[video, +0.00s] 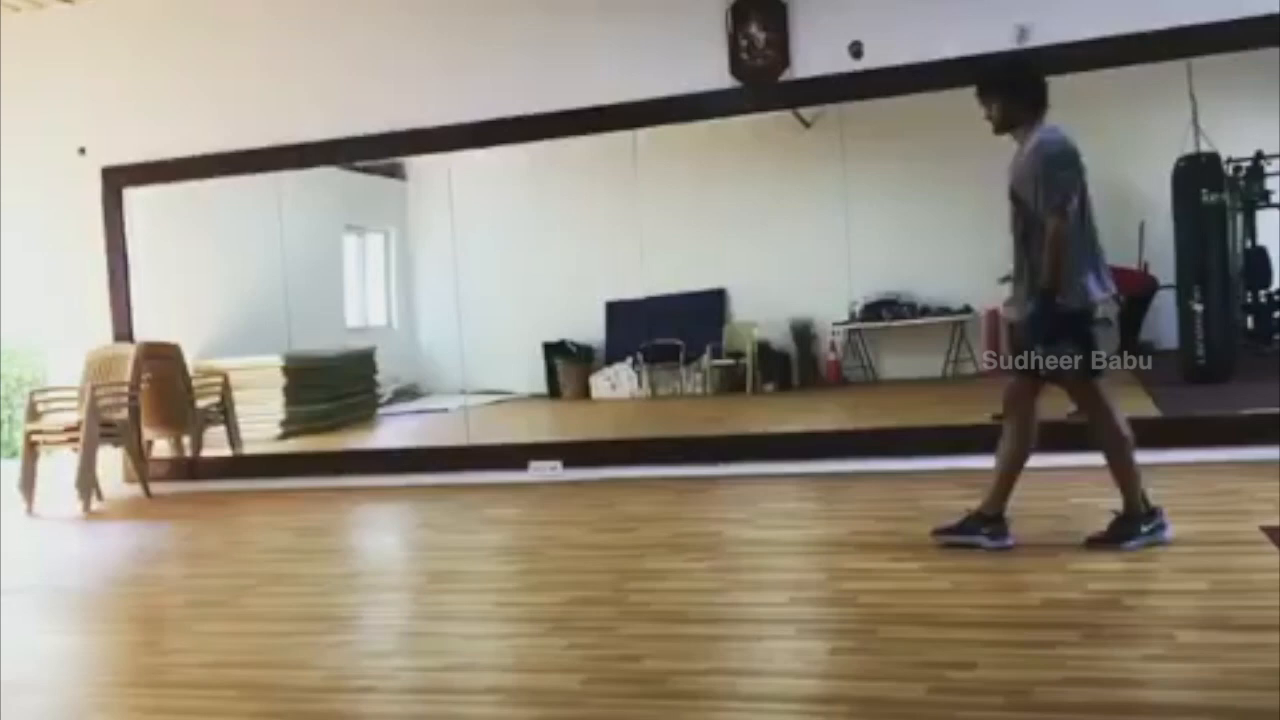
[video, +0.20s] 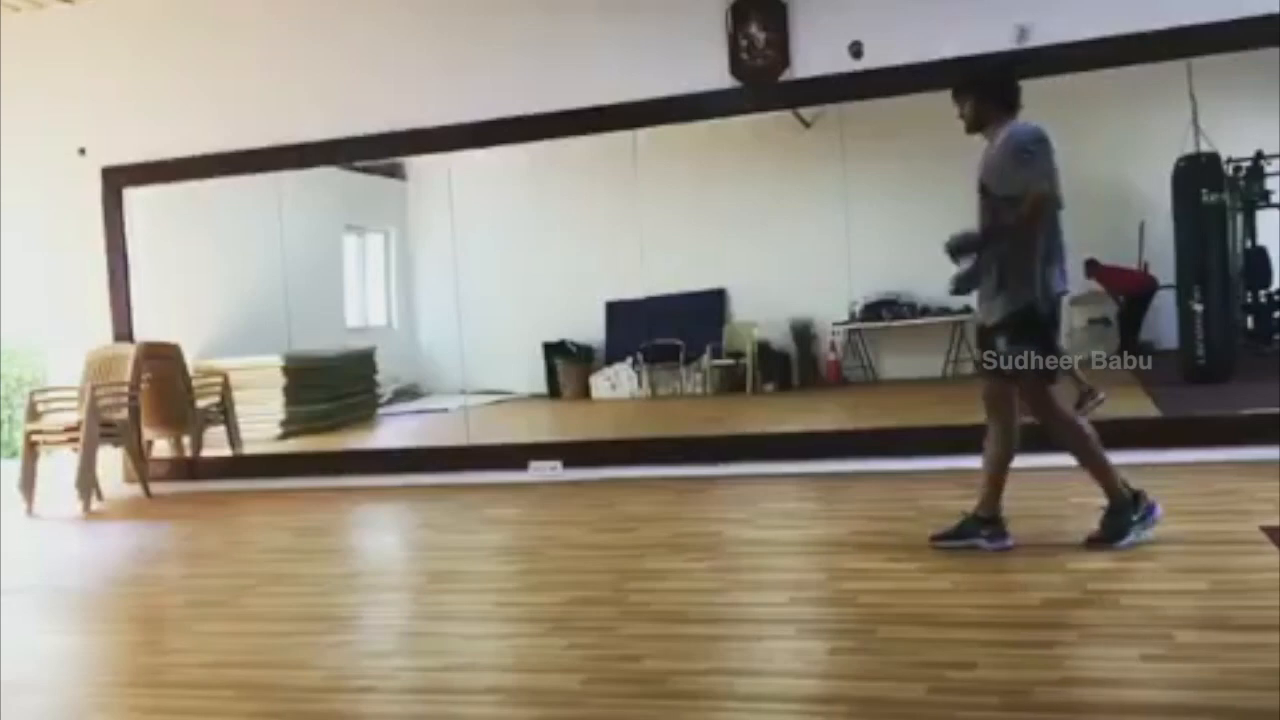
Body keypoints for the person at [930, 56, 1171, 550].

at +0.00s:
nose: (983, 110)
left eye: (989, 100)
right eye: (982, 100)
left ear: (1016, 99)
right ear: (1020, 102)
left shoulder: (1051, 148)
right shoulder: (1030, 151)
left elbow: (1058, 225)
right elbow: (1039, 231)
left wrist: (1047, 296)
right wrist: (1024, 301)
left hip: (1065, 304)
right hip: (1047, 304)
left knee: (1093, 404)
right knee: (1017, 403)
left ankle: (1139, 511)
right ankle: (990, 513)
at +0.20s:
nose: (958, 112)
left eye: (962, 100)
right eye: (957, 102)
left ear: (987, 99)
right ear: (988, 99)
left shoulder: (1025, 140)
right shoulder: (999, 150)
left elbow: (1036, 212)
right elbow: (1008, 227)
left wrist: (978, 241)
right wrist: (977, 272)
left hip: (1028, 301)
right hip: (1002, 304)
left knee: (1042, 405)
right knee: (999, 403)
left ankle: (1125, 500)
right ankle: (987, 516)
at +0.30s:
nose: (948, 117)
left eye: (952, 105)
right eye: (946, 108)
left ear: (977, 102)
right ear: (984, 102)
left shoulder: (1014, 137)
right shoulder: (985, 153)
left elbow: (1026, 162)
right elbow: (983, 235)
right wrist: (951, 277)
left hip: (1016, 293)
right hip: (991, 295)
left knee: (999, 402)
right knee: (999, 406)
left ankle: (1094, 488)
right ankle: (986, 516)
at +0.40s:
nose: (944, 123)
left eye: (948, 111)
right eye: (942, 113)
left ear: (972, 106)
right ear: (976, 107)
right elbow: (974, 231)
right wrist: (944, 276)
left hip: (1013, 296)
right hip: (991, 298)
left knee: (985, 399)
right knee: (994, 404)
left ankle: (1072, 488)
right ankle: (986, 516)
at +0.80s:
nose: (944, 122)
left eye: (945, 110)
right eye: (941, 113)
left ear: (966, 104)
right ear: (970, 105)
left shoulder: (1011, 140)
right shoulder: (980, 155)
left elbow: (1037, 190)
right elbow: (989, 242)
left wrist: (977, 158)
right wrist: (960, 297)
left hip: (1007, 300)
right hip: (989, 301)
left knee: (979, 406)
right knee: (993, 408)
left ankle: (1077, 490)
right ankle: (986, 516)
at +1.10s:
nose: (975, 114)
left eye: (979, 103)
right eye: (973, 104)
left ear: (1004, 101)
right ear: (1006, 102)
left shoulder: (1045, 148)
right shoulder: (1019, 154)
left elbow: (1062, 224)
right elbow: (1024, 235)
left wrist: (1022, 282)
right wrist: (1006, 303)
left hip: (1047, 309)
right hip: (1024, 308)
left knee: (1074, 411)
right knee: (1013, 410)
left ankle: (1137, 514)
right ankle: (988, 516)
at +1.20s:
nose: (983, 112)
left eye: (987, 102)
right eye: (982, 103)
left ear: (1012, 102)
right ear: (1018, 103)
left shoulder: (1053, 152)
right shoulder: (1032, 155)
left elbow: (1066, 229)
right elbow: (1043, 233)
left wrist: (1035, 284)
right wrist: (1029, 287)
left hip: (1060, 307)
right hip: (1040, 305)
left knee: (1090, 412)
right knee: (1020, 410)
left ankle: (1141, 517)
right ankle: (990, 515)